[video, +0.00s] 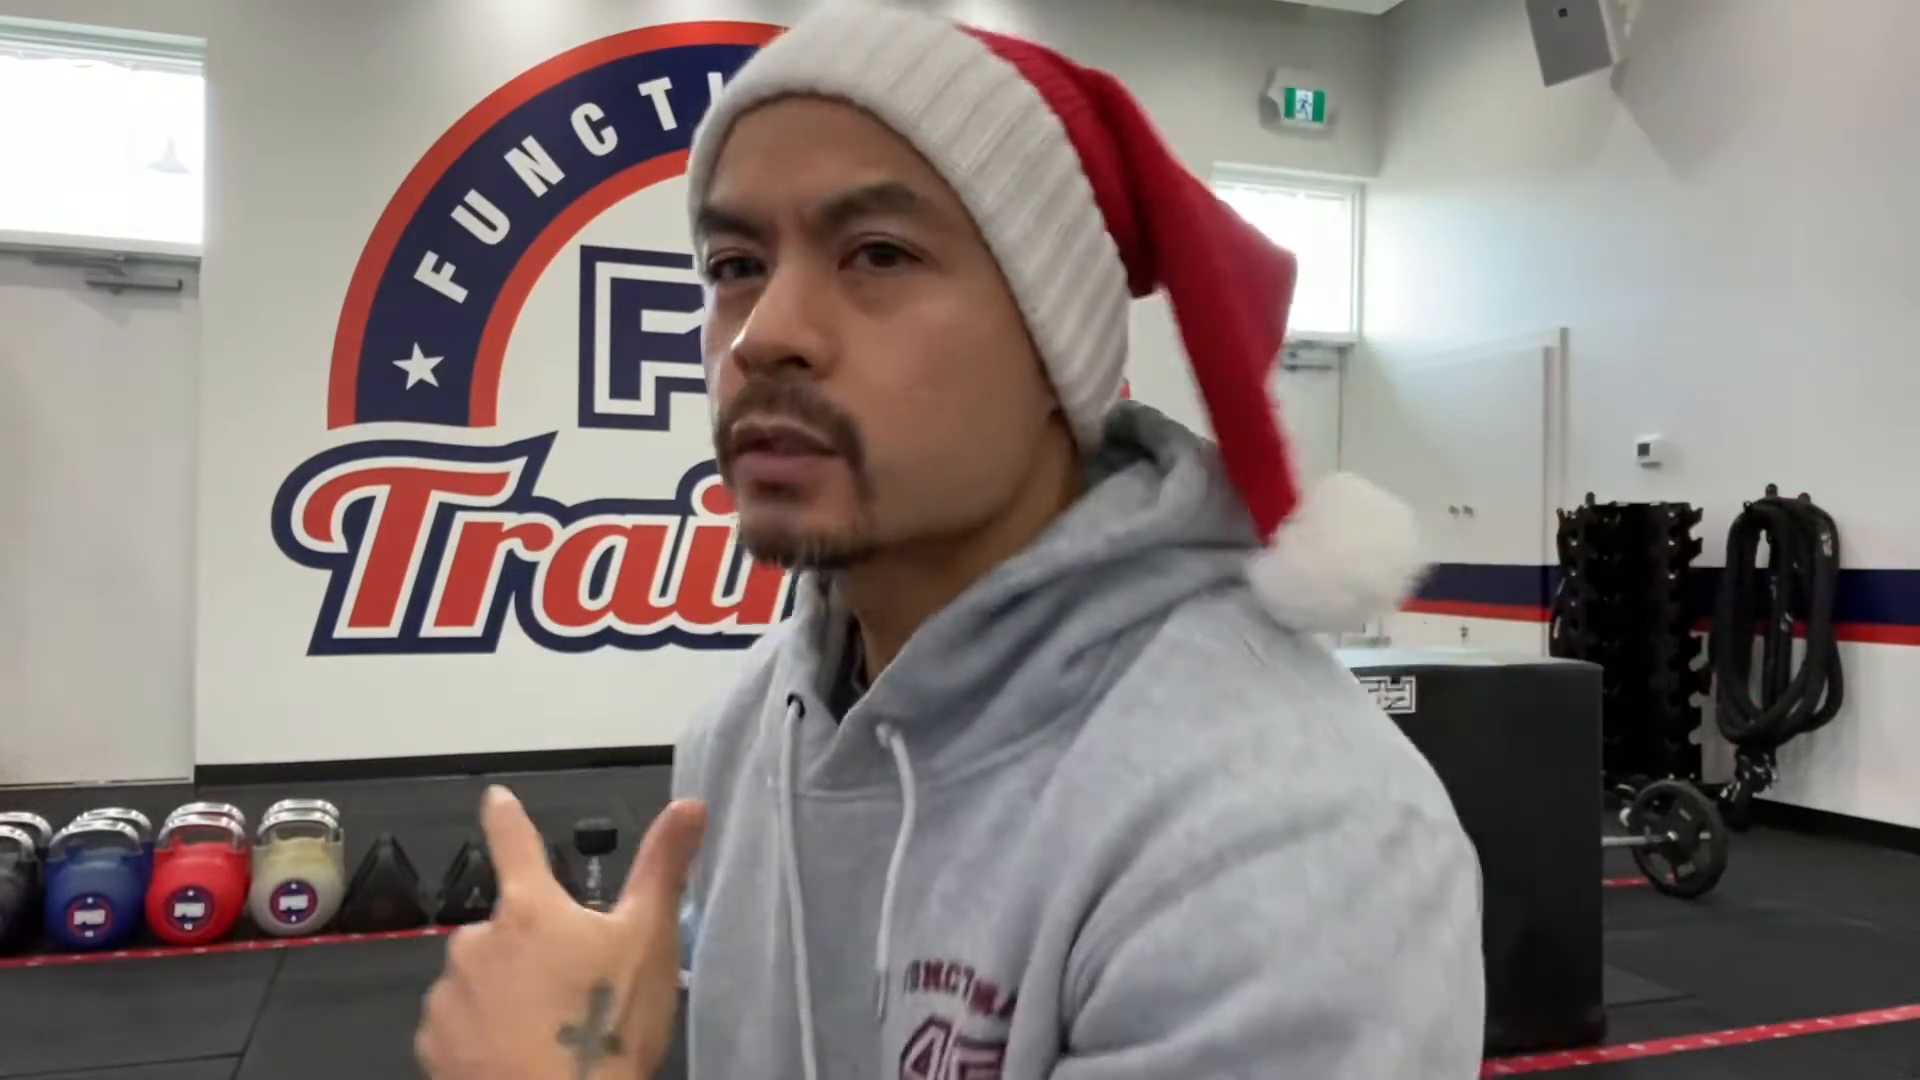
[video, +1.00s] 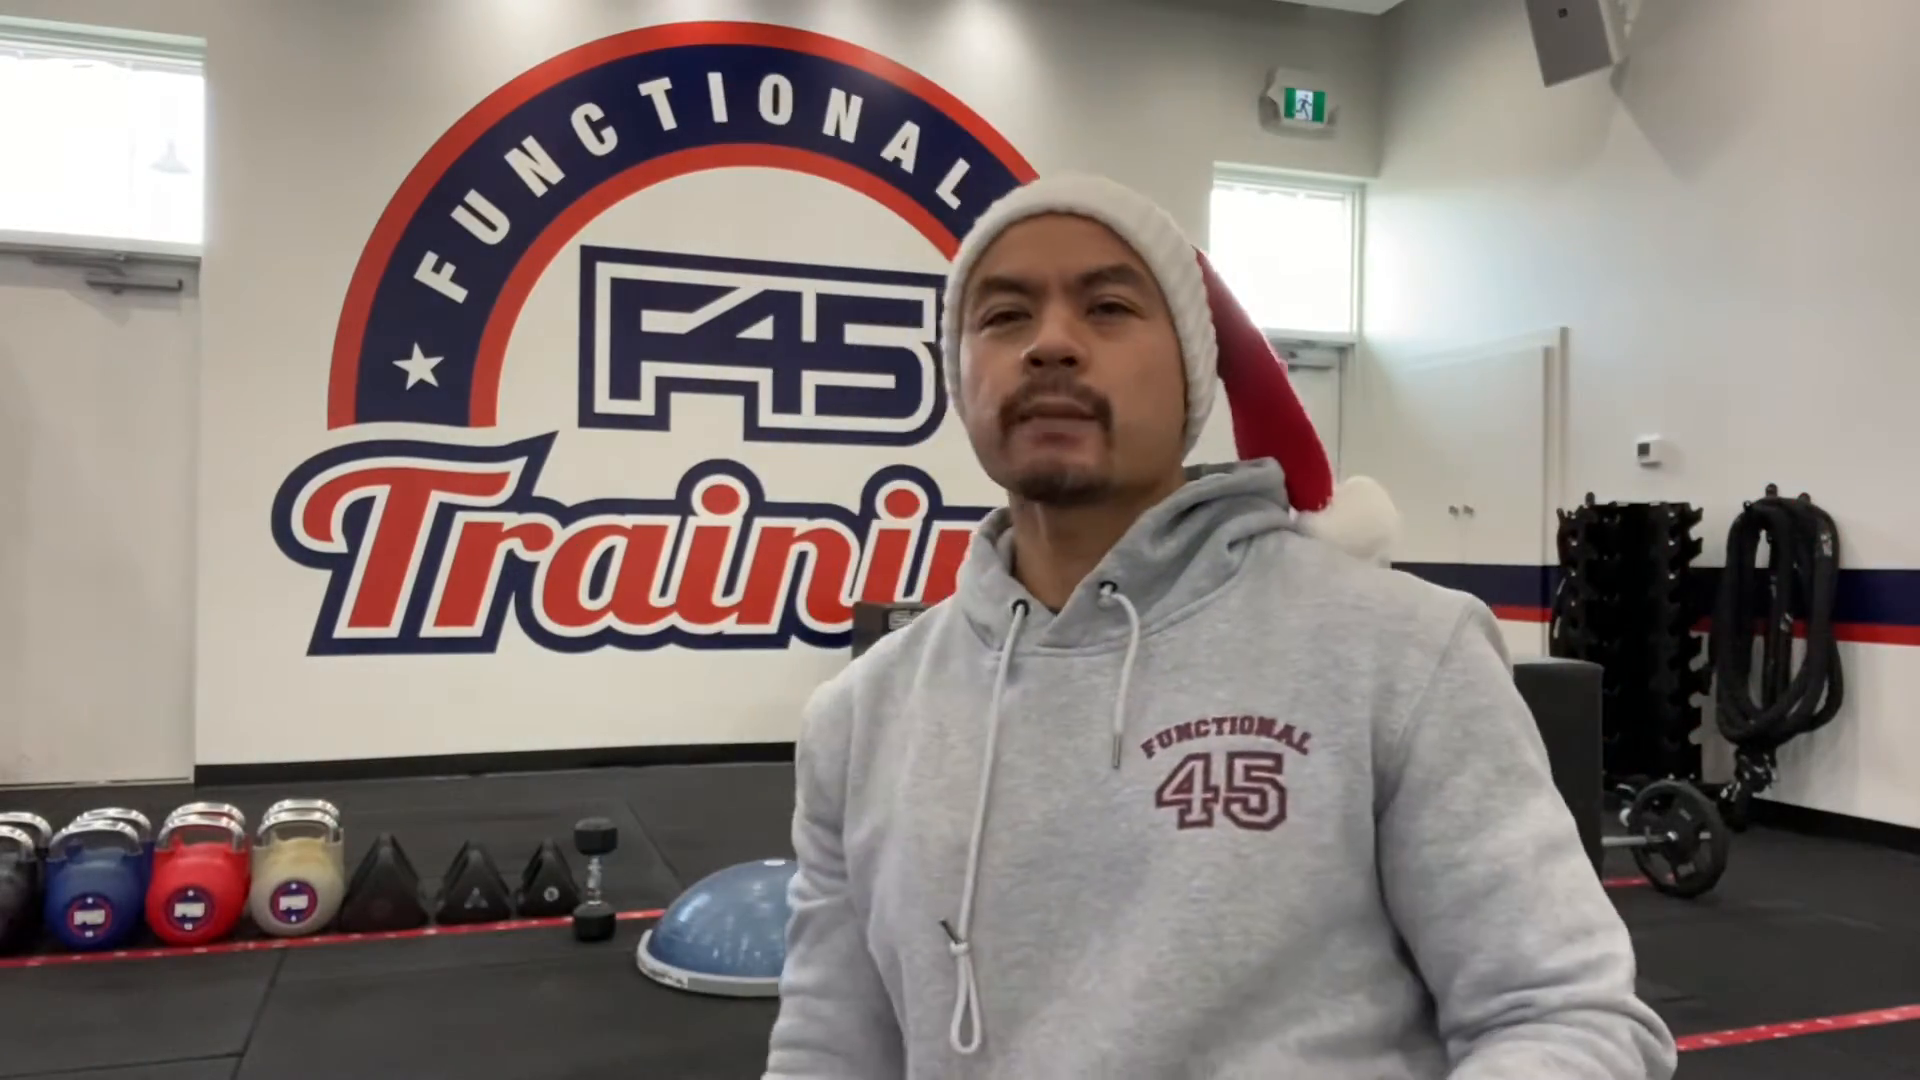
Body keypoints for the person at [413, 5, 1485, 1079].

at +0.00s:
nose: (767, 334)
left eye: (881, 256)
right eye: (738, 268)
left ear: (1082, 330)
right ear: (710, 304)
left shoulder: (1288, 831)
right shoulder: (737, 741)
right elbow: (663, 1053)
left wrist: (582, 1076)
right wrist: (589, 1057)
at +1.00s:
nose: (1051, 343)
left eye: (1108, 306)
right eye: (1005, 314)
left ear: (1196, 366)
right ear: (960, 383)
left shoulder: (1403, 648)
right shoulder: (858, 718)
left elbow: (1561, 1017)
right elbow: (824, 1053)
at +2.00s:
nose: (1035, 307)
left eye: (1084, 264)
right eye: (964, 275)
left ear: (1159, 331)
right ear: (890, 369)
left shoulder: (1368, 660)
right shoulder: (727, 752)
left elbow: (1492, 1048)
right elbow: (687, 1070)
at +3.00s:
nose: (1017, 398)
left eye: (1061, 352)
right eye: (974, 378)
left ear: (1155, 385)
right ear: (950, 437)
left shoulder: (1364, 655)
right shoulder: (869, 697)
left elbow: (1496, 920)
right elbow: (836, 1012)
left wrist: (1344, 1030)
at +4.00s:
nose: (1008, 547)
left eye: (1050, 504)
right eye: (971, 503)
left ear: (1115, 525)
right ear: (925, 519)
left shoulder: (1217, 734)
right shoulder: (803, 711)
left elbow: (1348, 958)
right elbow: (666, 887)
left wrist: (1481, 898)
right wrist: (513, 838)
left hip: (1097, 1075)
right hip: (844, 1069)